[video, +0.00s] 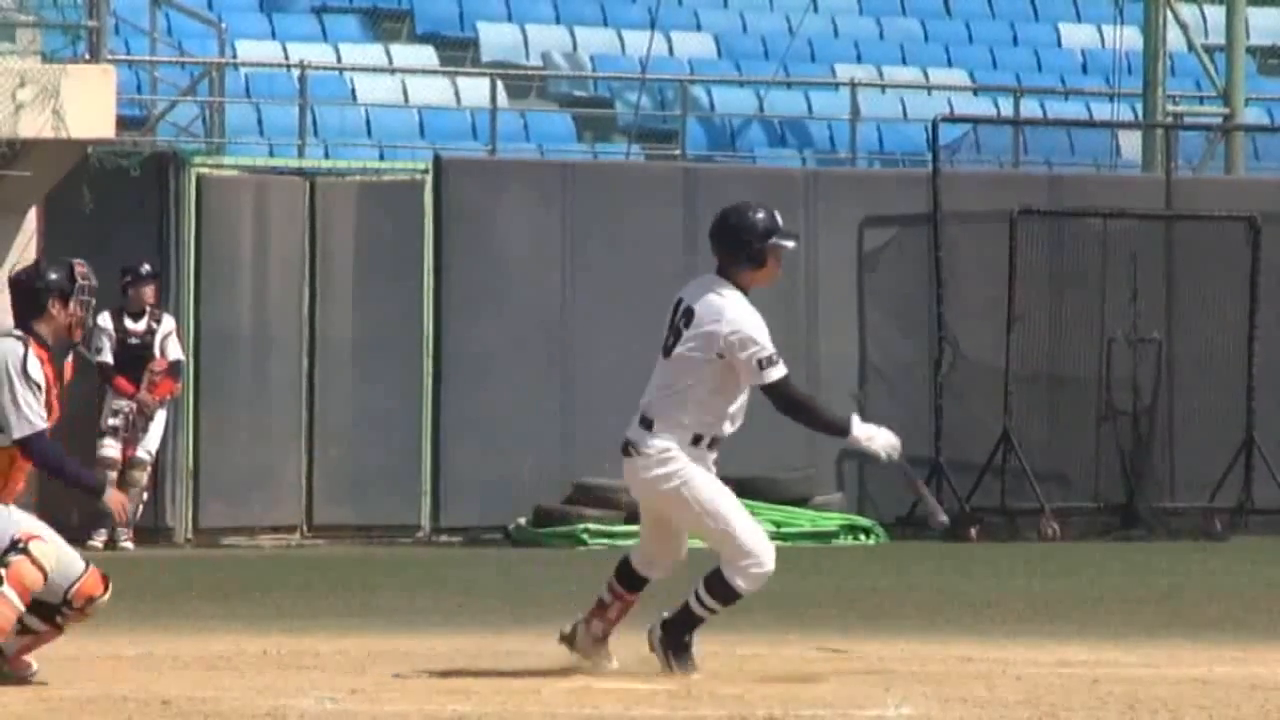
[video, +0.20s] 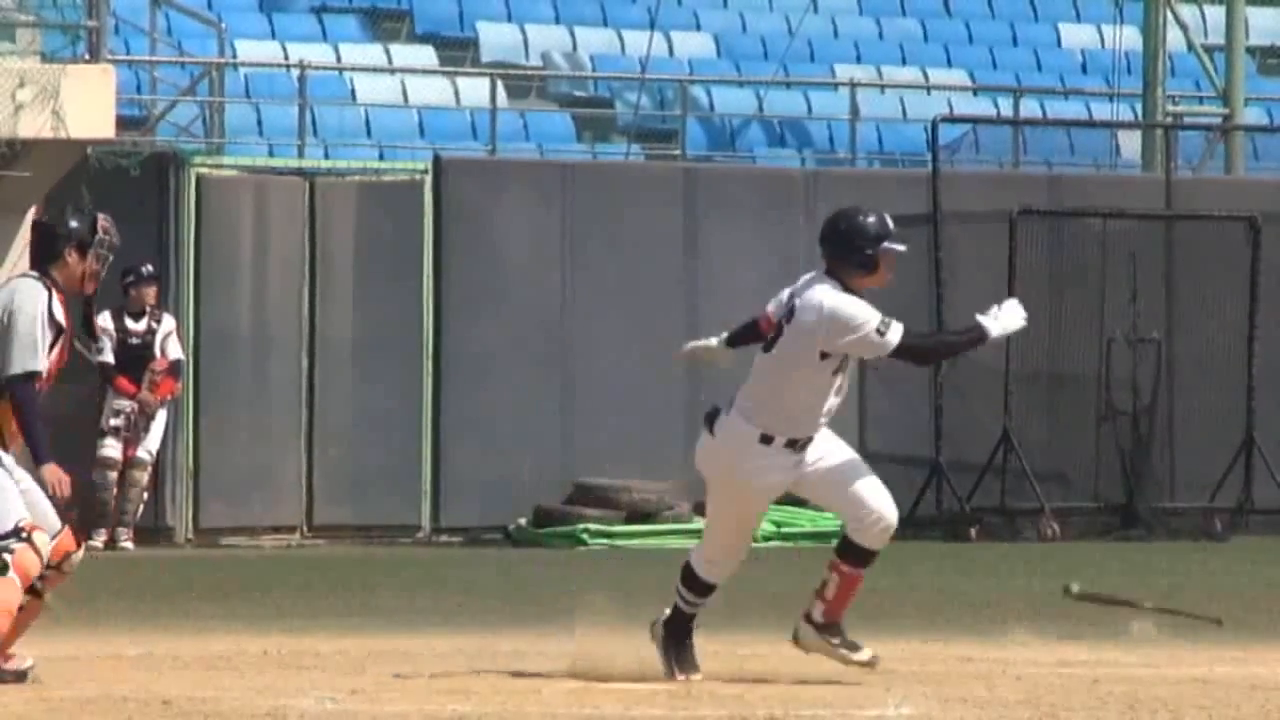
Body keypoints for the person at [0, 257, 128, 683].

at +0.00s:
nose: (80, 312)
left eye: (80, 302)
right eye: (74, 302)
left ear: (50, 307)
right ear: (52, 307)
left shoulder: (45, 356)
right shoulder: (14, 354)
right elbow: (35, 444)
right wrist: (101, 489)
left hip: (8, 509)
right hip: (3, 509)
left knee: (84, 586)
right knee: (25, 566)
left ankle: (9, 653)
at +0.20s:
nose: (97, 274)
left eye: (101, 264)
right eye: (95, 261)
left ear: (72, 256)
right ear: (70, 253)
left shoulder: (47, 299)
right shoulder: (29, 295)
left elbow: (21, 382)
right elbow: (18, 382)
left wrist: (37, 461)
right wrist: (45, 460)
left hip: (10, 451)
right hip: (3, 451)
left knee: (59, 547)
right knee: (39, 548)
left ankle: (4, 648)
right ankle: (2, 648)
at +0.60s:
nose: (115, 218)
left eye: (116, 208)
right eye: (110, 207)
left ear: (84, 208)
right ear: (84, 209)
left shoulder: (63, 261)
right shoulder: (35, 253)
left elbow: (46, 357)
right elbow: (1, 336)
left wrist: (81, 423)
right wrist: (12, 408)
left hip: (16, 416)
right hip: (4, 416)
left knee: (20, 536)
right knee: (60, 518)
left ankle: (14, 649)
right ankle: (36, 656)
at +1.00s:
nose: (130, 194)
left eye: (131, 184)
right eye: (124, 183)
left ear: (104, 183)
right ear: (98, 182)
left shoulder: (94, 240)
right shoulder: (47, 239)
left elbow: (83, 331)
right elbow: (29, 330)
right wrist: (58, 409)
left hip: (68, 391)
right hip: (26, 392)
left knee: (101, 517)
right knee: (59, 520)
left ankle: (54, 638)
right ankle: (25, 655)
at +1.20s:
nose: (152, 190)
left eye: (154, 180)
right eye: (147, 179)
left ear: (127, 180)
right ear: (120, 177)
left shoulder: (119, 237)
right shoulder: (69, 233)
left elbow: (97, 328)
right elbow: (58, 327)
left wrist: (118, 386)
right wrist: (87, 404)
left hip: (85, 387)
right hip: (44, 386)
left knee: (127, 509)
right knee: (59, 521)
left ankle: (134, 648)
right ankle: (26, 660)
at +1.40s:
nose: (183, 186)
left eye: (182, 175)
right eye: (175, 175)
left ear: (154, 179)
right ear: (147, 177)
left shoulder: (152, 237)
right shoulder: (98, 230)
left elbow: (145, 320)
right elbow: (93, 322)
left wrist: (157, 378)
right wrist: (118, 401)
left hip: (123, 394)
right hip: (75, 392)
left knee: (147, 524)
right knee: (64, 528)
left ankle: (156, 659)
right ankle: (27, 661)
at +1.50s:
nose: (198, 184)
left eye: (198, 173)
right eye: (193, 173)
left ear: (166, 175)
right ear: (168, 174)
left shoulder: (160, 233)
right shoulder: (117, 227)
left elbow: (153, 311)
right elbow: (110, 317)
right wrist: (134, 397)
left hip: (144, 391)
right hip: (96, 388)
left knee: (160, 526)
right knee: (88, 527)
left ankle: (159, 660)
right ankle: (32, 657)